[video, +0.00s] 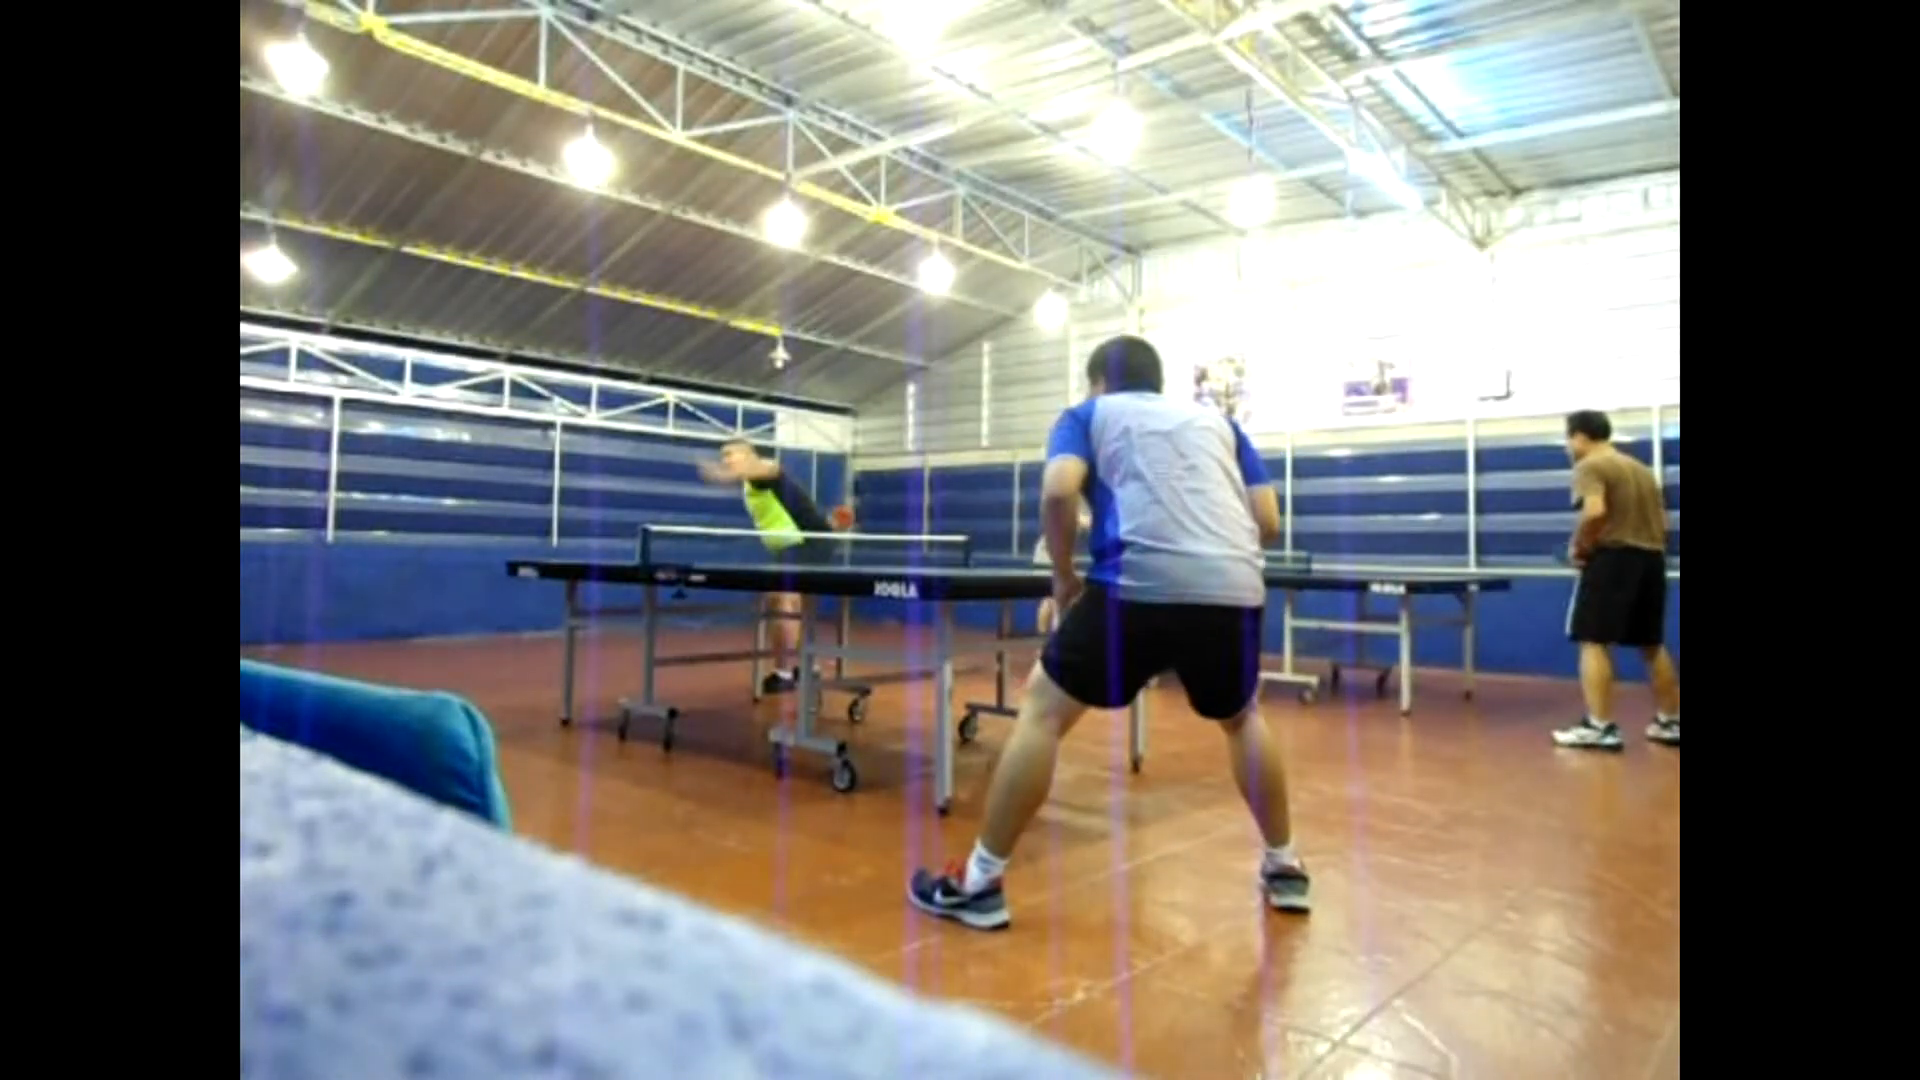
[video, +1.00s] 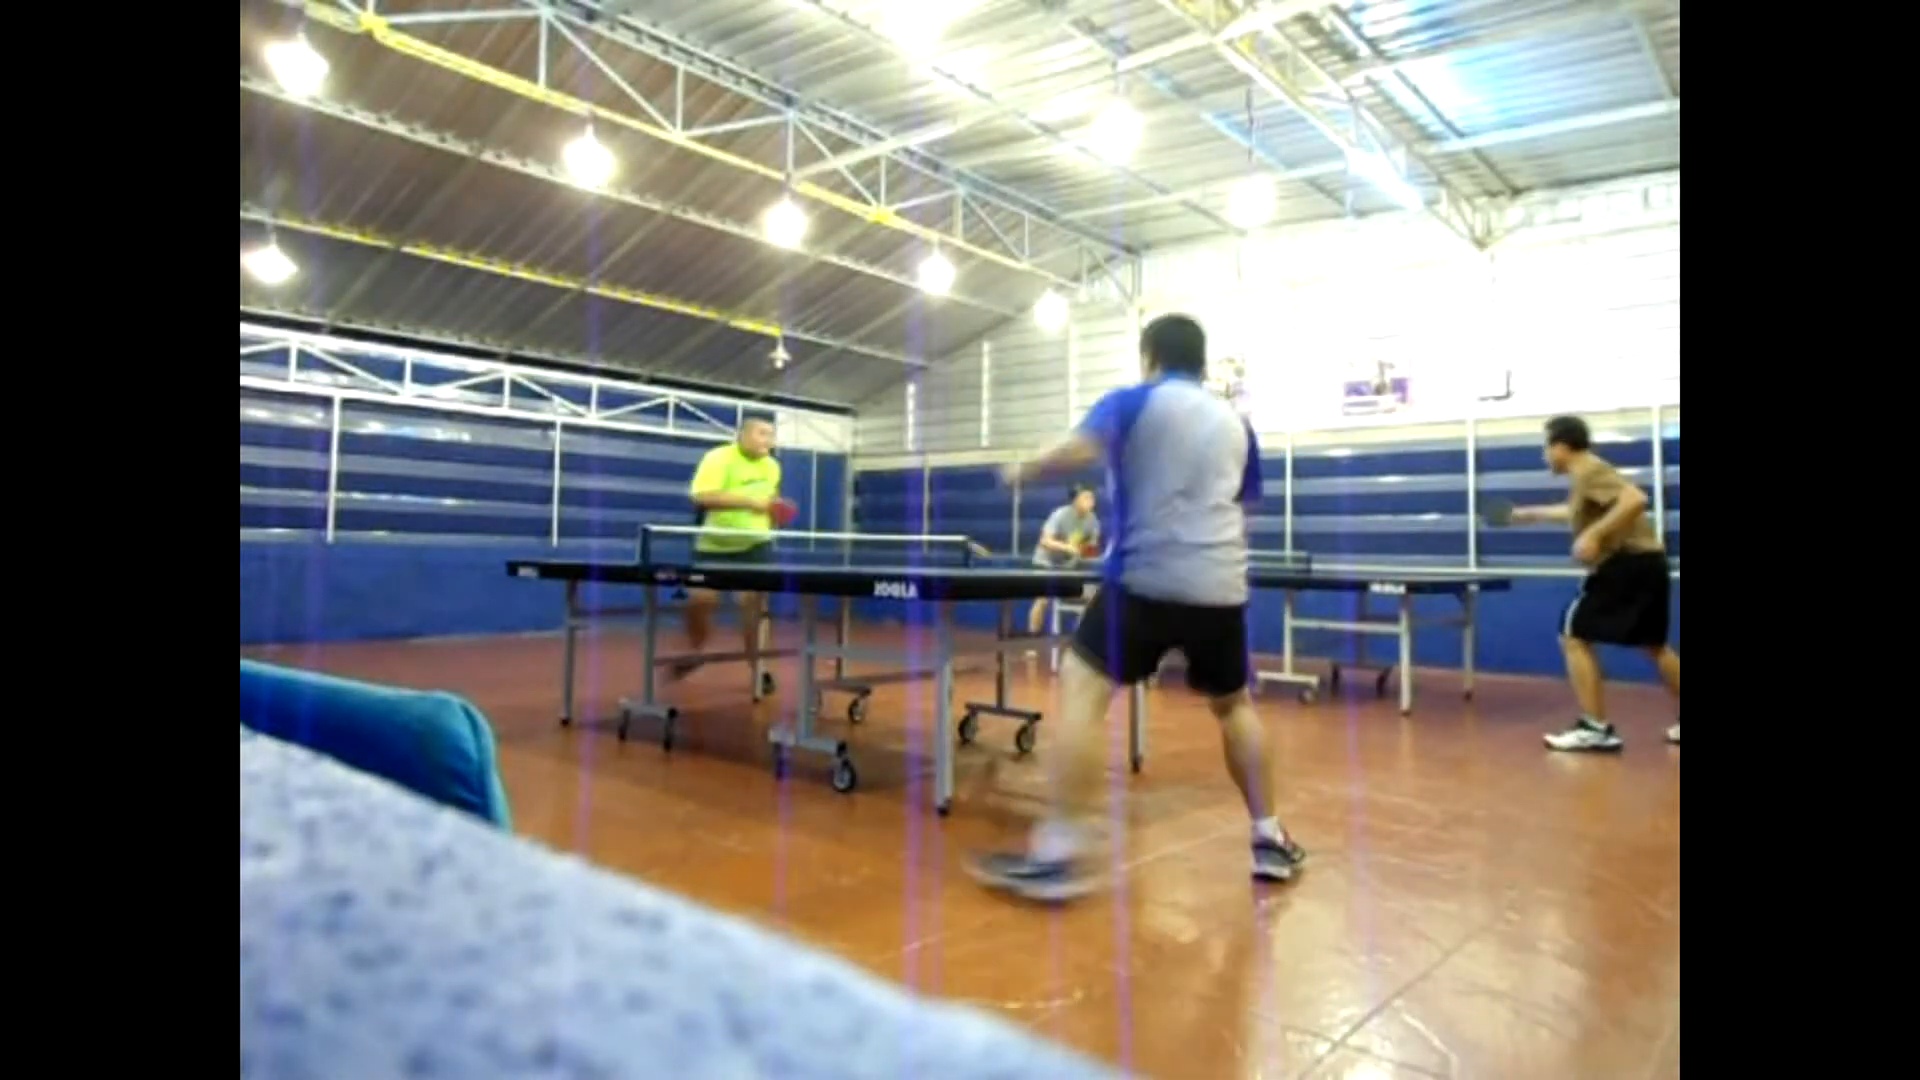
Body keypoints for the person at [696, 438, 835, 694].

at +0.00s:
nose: (728, 462)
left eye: (732, 454)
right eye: (725, 457)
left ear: (749, 454)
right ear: (727, 461)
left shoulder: (770, 471)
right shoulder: (749, 485)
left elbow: (753, 471)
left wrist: (720, 474)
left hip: (806, 544)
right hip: (784, 548)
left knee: (788, 604)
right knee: (775, 606)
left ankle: (790, 669)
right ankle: (782, 668)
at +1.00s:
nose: (767, 440)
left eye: (770, 435)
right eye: (761, 433)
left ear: (773, 440)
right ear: (743, 434)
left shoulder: (772, 467)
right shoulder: (718, 458)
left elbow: (767, 499)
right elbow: (701, 494)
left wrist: (777, 510)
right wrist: (751, 503)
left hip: (754, 543)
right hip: (714, 544)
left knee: (755, 604)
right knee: (700, 599)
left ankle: (760, 668)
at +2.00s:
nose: (667, 450)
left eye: (670, 444)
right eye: (661, 443)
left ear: (673, 447)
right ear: (645, 442)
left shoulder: (671, 467)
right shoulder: (621, 462)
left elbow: (664, 498)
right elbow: (638, 495)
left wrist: (687, 501)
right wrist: (680, 497)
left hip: (658, 544)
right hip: (620, 545)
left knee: (679, 600)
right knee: (618, 602)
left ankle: (695, 661)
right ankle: (600, 675)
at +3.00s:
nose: (639, 457)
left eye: (643, 451)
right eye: (632, 451)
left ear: (646, 455)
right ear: (617, 452)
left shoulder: (645, 481)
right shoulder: (610, 480)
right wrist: (686, 509)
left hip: (629, 562)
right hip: (591, 562)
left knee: (665, 598)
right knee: (575, 606)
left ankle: (663, 663)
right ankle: (538, 671)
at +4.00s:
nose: (521, 473)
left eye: (526, 466)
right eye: (515, 468)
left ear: (538, 465)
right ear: (508, 470)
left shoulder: (563, 486)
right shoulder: (499, 496)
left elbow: (595, 508)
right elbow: (459, 522)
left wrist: (605, 536)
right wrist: (410, 537)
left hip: (577, 559)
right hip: (532, 561)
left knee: (611, 605)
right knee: (504, 603)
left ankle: (643, 660)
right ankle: (490, 669)